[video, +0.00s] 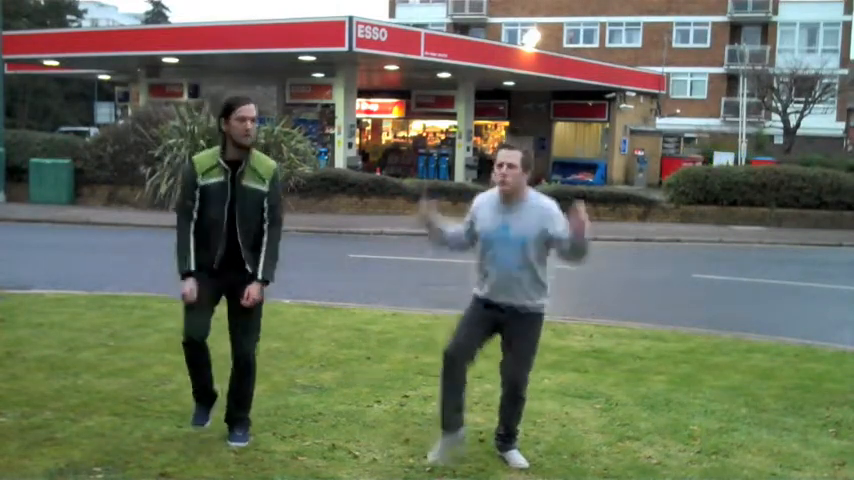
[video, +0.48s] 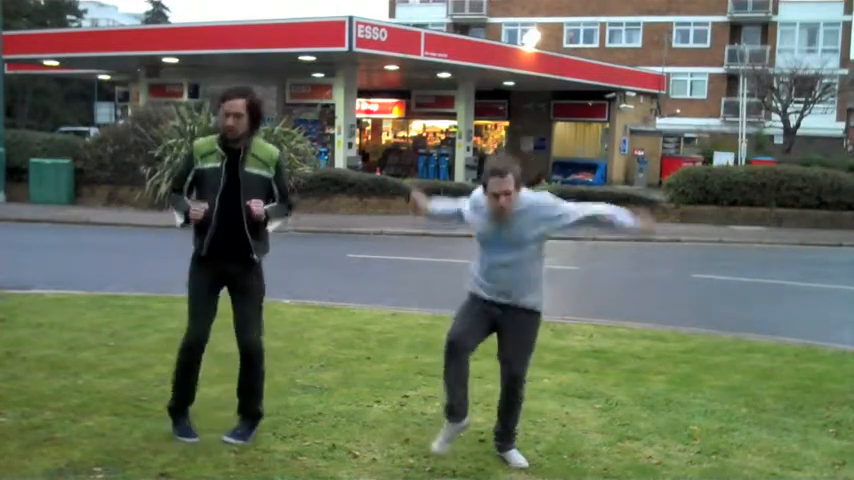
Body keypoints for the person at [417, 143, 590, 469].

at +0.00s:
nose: (502, 172)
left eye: (510, 167)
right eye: (498, 166)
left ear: (526, 173)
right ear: (493, 171)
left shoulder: (547, 210)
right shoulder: (483, 203)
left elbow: (571, 254)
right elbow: (466, 237)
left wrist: (579, 236)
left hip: (527, 310)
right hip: (486, 302)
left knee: (515, 381)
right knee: (454, 355)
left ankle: (507, 445)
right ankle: (452, 434)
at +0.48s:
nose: (501, 201)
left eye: (507, 194)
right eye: (495, 195)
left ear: (518, 188)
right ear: (485, 190)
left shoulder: (539, 206)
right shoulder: (478, 203)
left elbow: (583, 212)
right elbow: (457, 208)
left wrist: (625, 217)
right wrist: (428, 206)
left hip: (522, 307)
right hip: (482, 300)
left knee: (514, 376)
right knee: (456, 343)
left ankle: (505, 444)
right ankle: (456, 419)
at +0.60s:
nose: (499, 206)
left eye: (506, 200)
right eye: (493, 200)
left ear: (519, 202)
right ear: (485, 201)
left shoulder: (538, 233)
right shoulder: (477, 229)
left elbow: (572, 266)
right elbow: (452, 256)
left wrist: (605, 292)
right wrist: (415, 267)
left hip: (524, 322)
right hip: (484, 315)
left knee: (510, 385)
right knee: (454, 368)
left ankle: (504, 447)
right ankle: (451, 446)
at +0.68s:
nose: (508, 187)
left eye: (515, 183)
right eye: (503, 181)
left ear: (525, 191)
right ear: (492, 188)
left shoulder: (542, 228)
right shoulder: (477, 224)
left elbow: (568, 271)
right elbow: (447, 258)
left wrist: (604, 303)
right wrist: (409, 270)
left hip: (524, 326)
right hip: (481, 321)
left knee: (514, 392)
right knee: (457, 378)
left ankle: (505, 447)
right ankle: (456, 450)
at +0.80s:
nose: (511, 151)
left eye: (518, 147)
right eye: (506, 145)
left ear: (529, 156)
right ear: (496, 152)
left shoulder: (544, 193)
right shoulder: (480, 190)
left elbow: (578, 221)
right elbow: (447, 214)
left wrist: (609, 220)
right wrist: (416, 190)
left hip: (523, 300)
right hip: (481, 291)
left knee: (519, 375)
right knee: (447, 339)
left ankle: (508, 443)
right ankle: (449, 413)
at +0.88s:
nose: (511, 137)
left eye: (518, 132)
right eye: (505, 130)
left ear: (529, 141)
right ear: (495, 137)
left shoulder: (542, 177)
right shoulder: (477, 173)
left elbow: (580, 199)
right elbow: (442, 191)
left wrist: (601, 183)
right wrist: (421, 164)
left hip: (521, 284)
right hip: (481, 274)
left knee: (517, 368)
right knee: (450, 317)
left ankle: (512, 441)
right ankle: (457, 391)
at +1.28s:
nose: (493, 169)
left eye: (501, 164)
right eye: (489, 163)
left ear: (515, 173)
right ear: (482, 169)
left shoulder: (534, 203)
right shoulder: (468, 197)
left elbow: (581, 216)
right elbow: (425, 198)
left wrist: (625, 222)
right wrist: (387, 184)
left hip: (514, 300)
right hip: (472, 293)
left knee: (512, 376)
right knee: (441, 338)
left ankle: (499, 443)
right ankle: (458, 411)